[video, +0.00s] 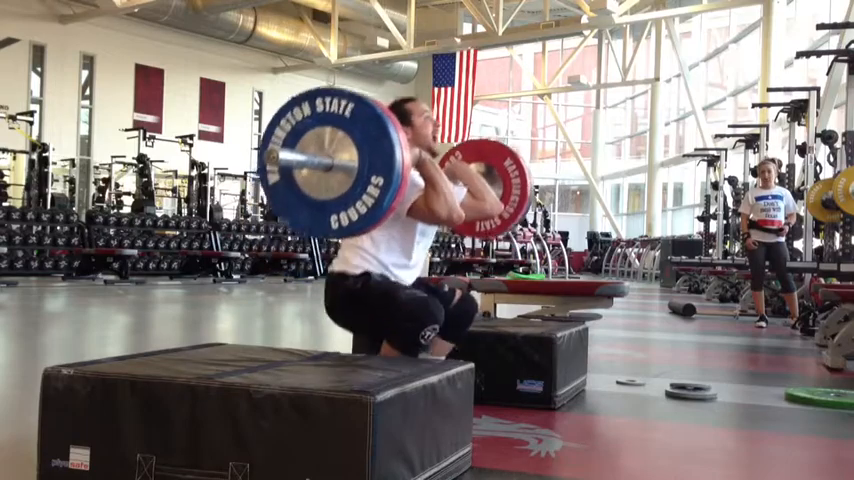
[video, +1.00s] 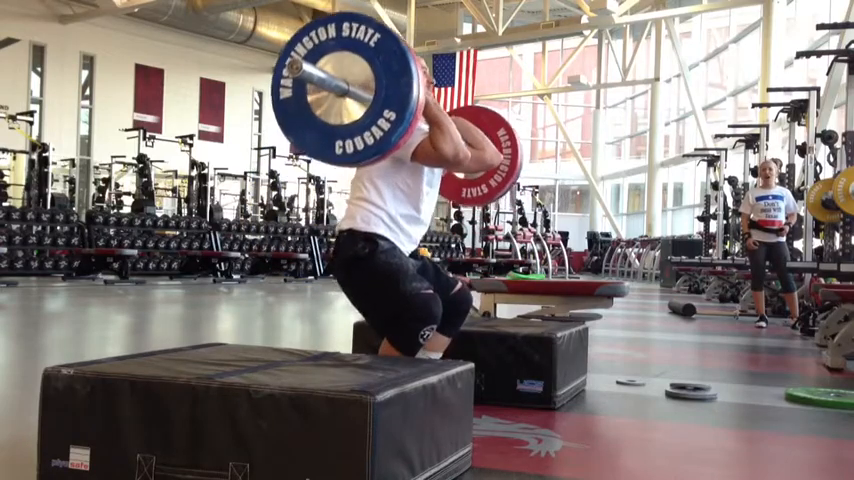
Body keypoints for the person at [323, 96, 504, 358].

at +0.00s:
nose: (436, 123)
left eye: (433, 118)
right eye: (426, 118)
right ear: (403, 131)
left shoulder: (426, 179)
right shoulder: (390, 169)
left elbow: (491, 207)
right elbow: (445, 213)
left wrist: (462, 170)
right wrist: (423, 160)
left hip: (399, 283)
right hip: (353, 283)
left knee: (462, 306)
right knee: (423, 313)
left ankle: (420, 388)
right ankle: (377, 390)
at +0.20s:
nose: (433, 110)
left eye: (431, 105)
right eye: (424, 104)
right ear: (401, 111)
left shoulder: (432, 165)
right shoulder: (393, 153)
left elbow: (496, 189)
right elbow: (453, 197)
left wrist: (466, 157)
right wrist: (428, 143)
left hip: (404, 275)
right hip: (362, 273)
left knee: (468, 310)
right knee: (423, 316)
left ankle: (420, 388)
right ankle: (378, 391)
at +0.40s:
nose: (429, 101)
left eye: (427, 95)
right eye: (420, 95)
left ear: (428, 102)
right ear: (400, 102)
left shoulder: (428, 153)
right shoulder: (392, 142)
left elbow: (495, 176)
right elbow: (456, 180)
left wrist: (458, 143)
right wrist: (427, 129)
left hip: (406, 269)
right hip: (365, 265)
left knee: (468, 309)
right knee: (426, 318)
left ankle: (417, 389)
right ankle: (376, 393)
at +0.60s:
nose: (426, 94)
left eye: (426, 88)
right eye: (417, 88)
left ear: (430, 96)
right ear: (398, 97)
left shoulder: (428, 150)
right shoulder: (393, 137)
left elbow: (492, 170)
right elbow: (452, 171)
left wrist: (451, 132)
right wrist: (424, 117)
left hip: (401, 262)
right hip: (363, 257)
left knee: (463, 305)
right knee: (423, 315)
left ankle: (418, 387)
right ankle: (376, 393)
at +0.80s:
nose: (423, 90)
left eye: (424, 83)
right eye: (413, 83)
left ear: (428, 91)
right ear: (395, 92)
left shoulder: (427, 141)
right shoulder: (392, 129)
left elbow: (492, 161)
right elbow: (454, 163)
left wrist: (445, 124)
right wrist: (425, 111)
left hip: (399, 256)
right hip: (362, 252)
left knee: (459, 302)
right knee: (421, 313)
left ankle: (414, 389)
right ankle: (374, 394)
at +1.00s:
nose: (424, 84)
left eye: (425, 77)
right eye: (415, 75)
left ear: (428, 86)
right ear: (398, 85)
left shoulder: (428, 136)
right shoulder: (392, 122)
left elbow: (491, 156)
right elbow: (452, 155)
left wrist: (444, 117)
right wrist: (427, 101)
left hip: (398, 250)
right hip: (364, 246)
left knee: (457, 300)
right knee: (418, 310)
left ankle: (413, 389)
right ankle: (375, 398)